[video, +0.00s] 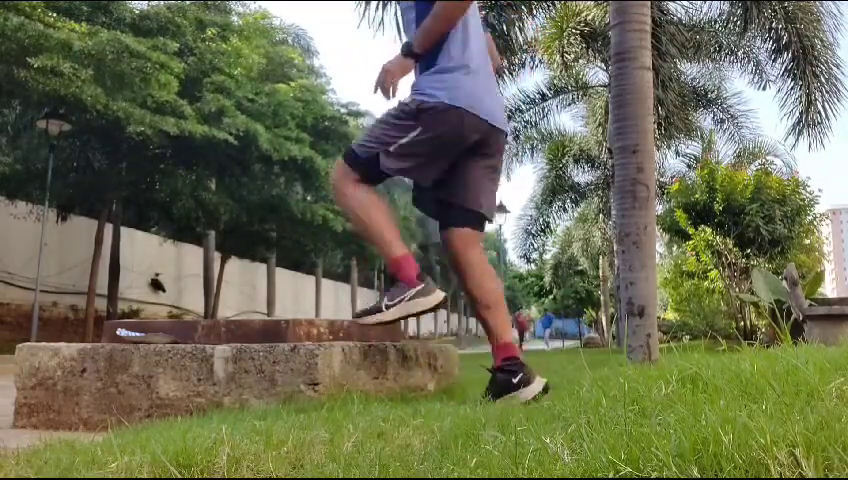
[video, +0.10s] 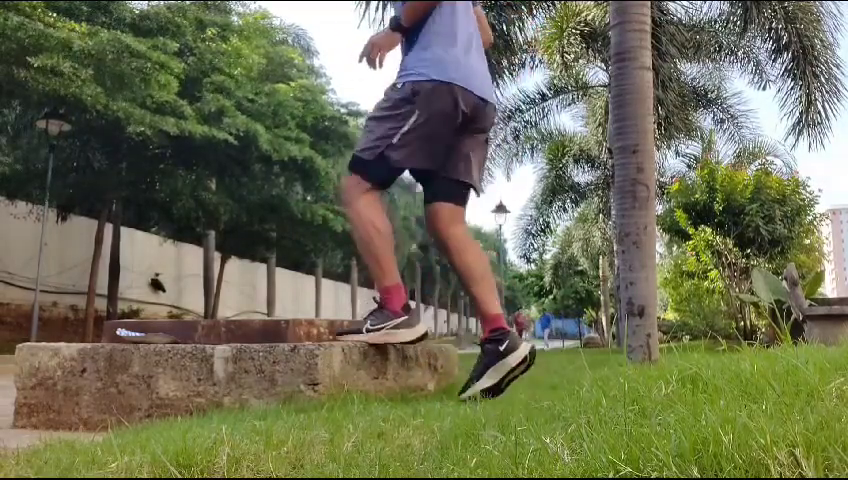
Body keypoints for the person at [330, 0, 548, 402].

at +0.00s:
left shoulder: (424, 7)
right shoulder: (459, 14)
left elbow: (459, 2)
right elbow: (492, 57)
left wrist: (408, 55)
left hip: (445, 96)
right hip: (492, 114)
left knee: (348, 176)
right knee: (464, 239)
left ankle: (407, 277)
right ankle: (510, 365)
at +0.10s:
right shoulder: (467, 6)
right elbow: (485, 35)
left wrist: (396, 29)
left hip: (431, 77)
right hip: (481, 92)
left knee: (358, 187)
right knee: (447, 217)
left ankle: (395, 306)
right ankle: (499, 336)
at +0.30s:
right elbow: (489, 5)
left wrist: (386, 3)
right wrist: (452, 32)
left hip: (430, 49)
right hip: (474, 59)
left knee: (393, 177)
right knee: (420, 185)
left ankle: (403, 308)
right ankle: (436, 306)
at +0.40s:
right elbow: (498, 8)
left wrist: (385, 6)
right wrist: (464, 48)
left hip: (433, 63)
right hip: (475, 75)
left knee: (390, 181)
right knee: (423, 193)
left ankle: (449, 297)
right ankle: (428, 311)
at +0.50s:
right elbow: (515, 2)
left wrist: (392, 5)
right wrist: (474, 37)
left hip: (449, 66)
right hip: (487, 74)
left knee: (414, 194)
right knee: (415, 194)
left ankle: (478, 316)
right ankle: (430, 306)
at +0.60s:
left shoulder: (425, 3)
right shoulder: (492, 3)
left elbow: (430, 6)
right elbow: (531, 21)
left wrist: (401, 33)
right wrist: (489, 62)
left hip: (458, 95)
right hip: (496, 103)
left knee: (459, 239)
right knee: (395, 188)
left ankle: (505, 367)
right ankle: (446, 288)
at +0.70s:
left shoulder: (426, 2)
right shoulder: (492, 6)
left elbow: (450, 8)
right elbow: (534, 46)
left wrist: (403, 74)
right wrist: (498, 104)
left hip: (463, 127)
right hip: (496, 129)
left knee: (474, 258)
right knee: (399, 215)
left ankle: (525, 383)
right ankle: (470, 296)